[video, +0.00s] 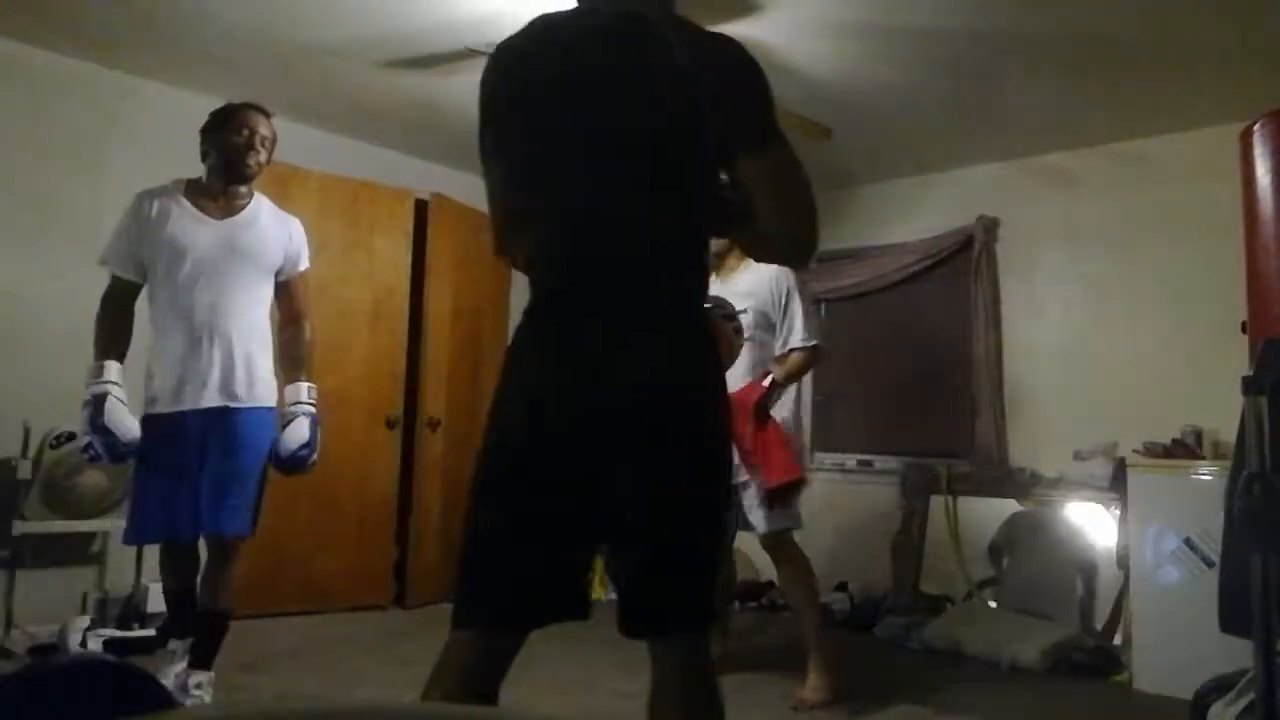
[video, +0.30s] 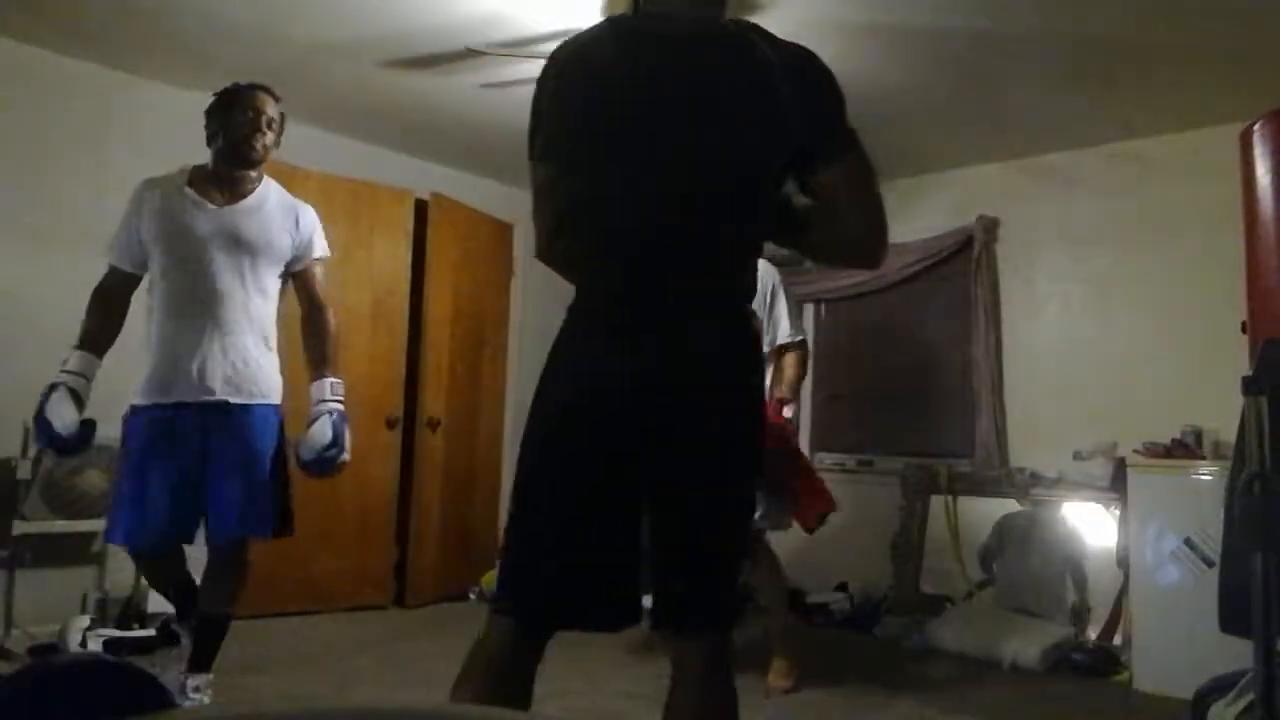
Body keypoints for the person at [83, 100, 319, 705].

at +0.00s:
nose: (255, 147)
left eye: (265, 143)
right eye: (243, 134)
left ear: (270, 158)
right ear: (207, 141)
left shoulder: (283, 230)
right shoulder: (155, 209)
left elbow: (295, 321)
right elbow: (118, 301)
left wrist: (301, 404)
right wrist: (105, 383)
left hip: (247, 403)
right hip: (171, 400)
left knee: (225, 541)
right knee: (175, 536)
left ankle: (200, 674)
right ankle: (186, 645)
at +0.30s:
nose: (261, 133)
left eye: (271, 126)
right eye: (248, 121)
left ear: (279, 141)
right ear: (212, 128)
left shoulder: (293, 216)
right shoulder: (156, 198)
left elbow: (316, 310)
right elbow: (115, 291)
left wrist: (328, 403)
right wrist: (71, 381)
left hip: (249, 404)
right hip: (164, 400)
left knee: (230, 547)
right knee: (146, 540)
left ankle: (197, 680)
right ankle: (197, 613)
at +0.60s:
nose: (250, 116)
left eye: (261, 108)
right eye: (236, 103)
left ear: (270, 124)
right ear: (200, 110)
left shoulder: (291, 202)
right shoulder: (152, 192)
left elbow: (316, 297)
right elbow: (121, 294)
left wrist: (319, 390)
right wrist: (84, 392)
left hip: (241, 405)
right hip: (152, 400)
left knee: (225, 550)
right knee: (132, 545)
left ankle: (195, 679)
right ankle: (116, 679)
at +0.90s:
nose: (237, 92)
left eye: (244, 82)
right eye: (220, 78)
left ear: (251, 95)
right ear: (174, 86)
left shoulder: (276, 183)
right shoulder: (121, 176)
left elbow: (300, 286)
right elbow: (87, 289)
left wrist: (304, 383)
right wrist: (54, 400)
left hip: (229, 404)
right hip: (134, 403)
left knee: (212, 559)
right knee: (123, 560)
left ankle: (195, 678)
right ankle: (124, 690)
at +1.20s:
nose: (261, 72)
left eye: (262, 61)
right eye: (244, 58)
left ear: (253, 78)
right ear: (190, 66)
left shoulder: (277, 176)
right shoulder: (113, 153)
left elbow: (295, 289)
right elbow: (60, 263)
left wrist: (323, 392)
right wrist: (40, 369)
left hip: (242, 400)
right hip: (136, 398)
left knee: (233, 570)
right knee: (125, 573)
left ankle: (190, 710)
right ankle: (122, 709)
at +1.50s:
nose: (304, 66)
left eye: (301, 54)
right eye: (286, 52)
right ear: (230, 62)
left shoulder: (289, 179)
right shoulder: (149, 133)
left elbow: (295, 298)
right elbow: (98, 267)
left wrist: (315, 394)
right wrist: (118, 373)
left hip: (268, 412)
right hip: (173, 410)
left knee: (235, 585)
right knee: (159, 587)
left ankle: (189, 710)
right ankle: (113, 702)